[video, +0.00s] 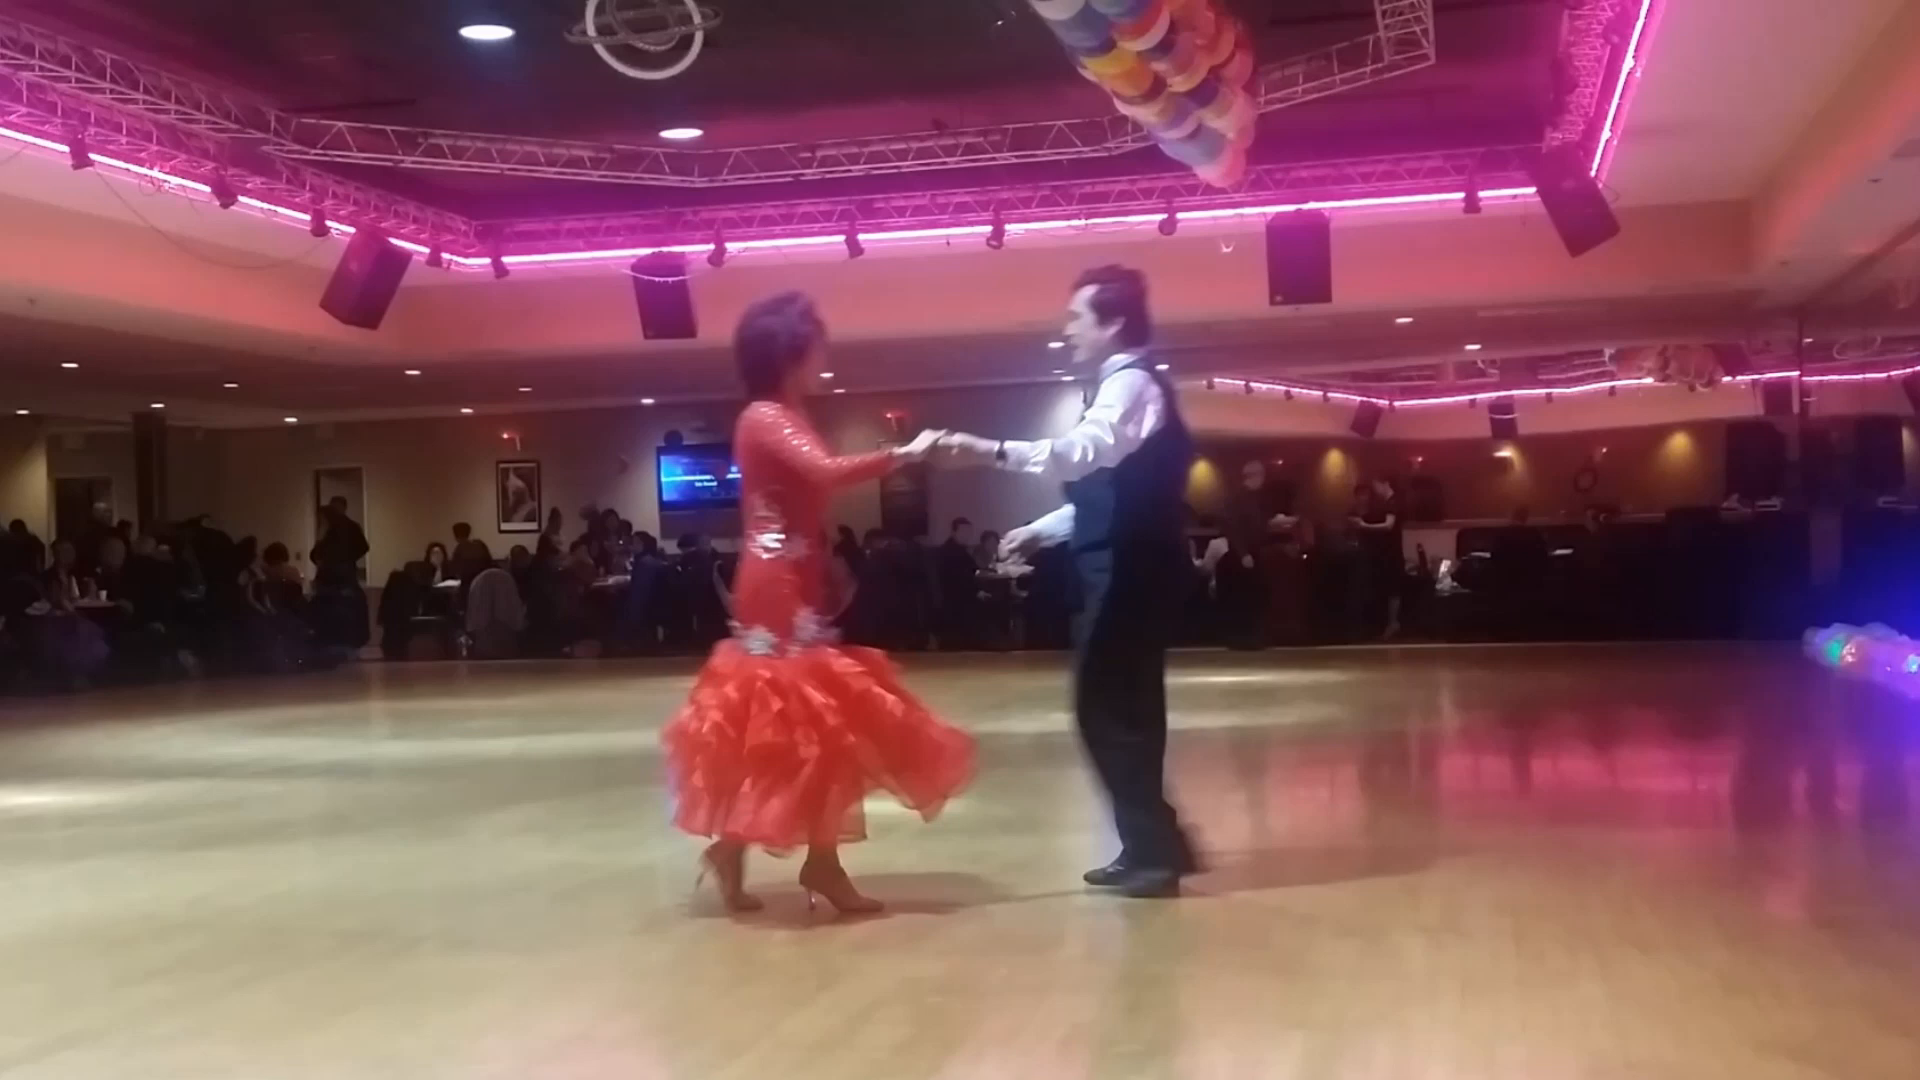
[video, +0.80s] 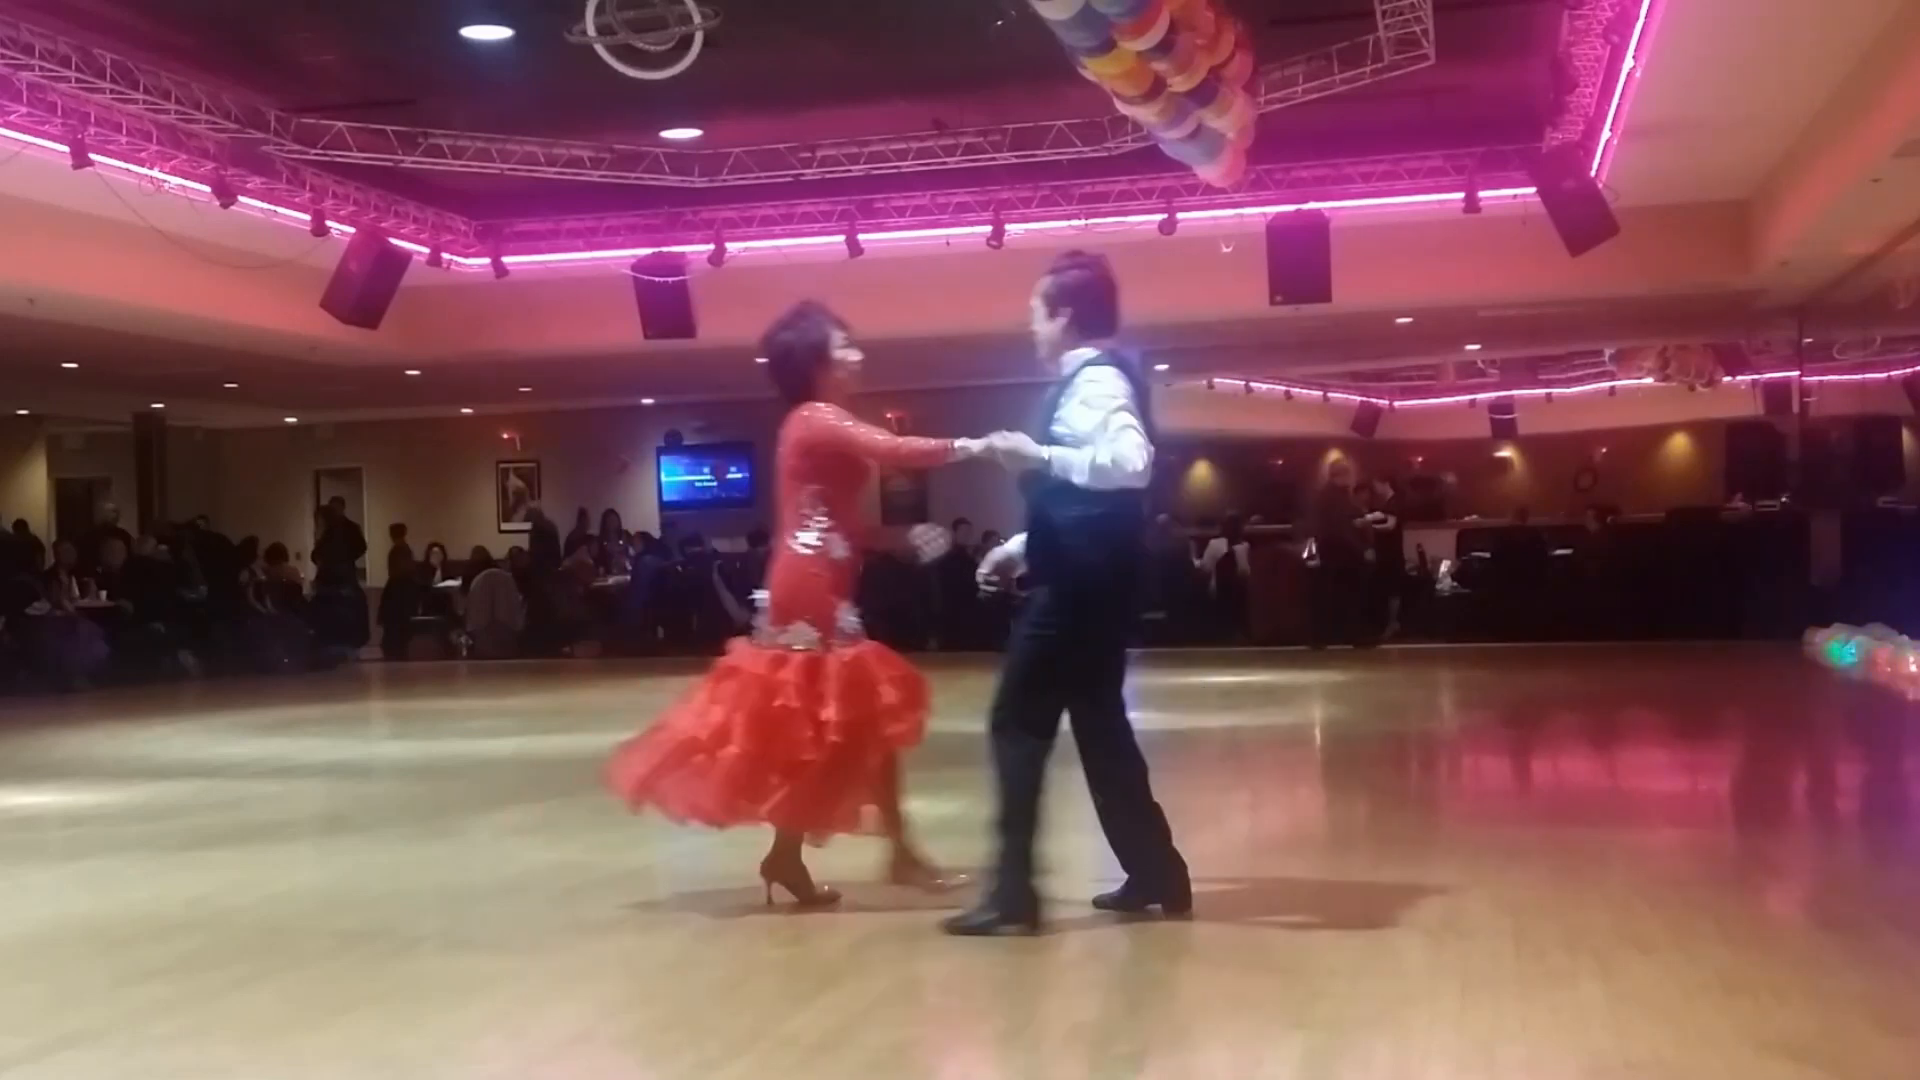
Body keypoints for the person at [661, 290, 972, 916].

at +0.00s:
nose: (822, 364)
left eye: (821, 352)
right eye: (815, 352)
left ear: (775, 355)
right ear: (785, 355)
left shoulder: (786, 416)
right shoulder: (765, 419)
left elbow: (789, 511)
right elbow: (823, 471)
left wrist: (824, 563)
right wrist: (900, 454)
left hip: (789, 580)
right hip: (775, 584)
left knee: (767, 720)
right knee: (823, 721)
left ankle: (729, 839)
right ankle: (823, 859)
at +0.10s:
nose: (794, 367)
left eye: (792, 355)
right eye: (786, 356)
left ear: (741, 361)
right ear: (758, 360)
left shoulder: (745, 425)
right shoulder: (737, 425)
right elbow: (810, 471)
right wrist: (897, 463)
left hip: (741, 592)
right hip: (741, 596)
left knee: (741, 730)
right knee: (797, 723)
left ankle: (712, 854)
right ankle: (800, 859)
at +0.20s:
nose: (761, 370)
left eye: (760, 358)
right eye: (753, 358)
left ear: (706, 364)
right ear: (723, 363)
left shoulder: (700, 424)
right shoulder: (721, 423)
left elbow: (804, 453)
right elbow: (811, 455)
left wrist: (889, 450)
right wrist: (899, 452)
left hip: (711, 584)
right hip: (723, 589)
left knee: (742, 723)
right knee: (756, 721)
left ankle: (726, 859)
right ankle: (721, 860)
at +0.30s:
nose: (743, 366)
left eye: (741, 354)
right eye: (737, 355)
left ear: (677, 366)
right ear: (713, 363)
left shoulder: (671, 435)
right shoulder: (721, 421)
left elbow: (654, 524)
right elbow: (817, 438)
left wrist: (679, 572)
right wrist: (902, 435)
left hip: (687, 576)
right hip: (719, 576)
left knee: (721, 722)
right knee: (730, 722)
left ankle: (715, 860)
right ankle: (717, 867)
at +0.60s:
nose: (783, 367)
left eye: (779, 356)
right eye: (773, 358)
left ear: (718, 373)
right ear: (749, 369)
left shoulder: (713, 438)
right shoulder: (760, 427)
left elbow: (680, 521)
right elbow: (850, 459)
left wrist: (704, 578)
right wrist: (939, 466)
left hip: (722, 580)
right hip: (751, 581)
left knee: (772, 715)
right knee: (779, 715)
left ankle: (777, 844)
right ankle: (750, 842)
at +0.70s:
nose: (819, 358)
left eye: (813, 347)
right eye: (806, 350)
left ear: (763, 368)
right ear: (777, 364)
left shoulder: (758, 426)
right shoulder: (785, 421)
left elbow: (738, 518)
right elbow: (872, 453)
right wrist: (963, 460)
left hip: (759, 579)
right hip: (778, 582)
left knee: (800, 715)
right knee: (824, 712)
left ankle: (797, 849)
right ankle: (791, 852)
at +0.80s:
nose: (857, 353)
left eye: (852, 342)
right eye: (843, 345)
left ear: (820, 359)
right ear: (814, 361)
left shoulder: (828, 425)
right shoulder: (813, 422)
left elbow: (851, 527)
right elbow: (893, 449)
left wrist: (907, 539)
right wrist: (976, 448)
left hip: (813, 580)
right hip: (810, 583)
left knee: (817, 723)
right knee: (873, 710)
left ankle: (784, 852)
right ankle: (903, 853)